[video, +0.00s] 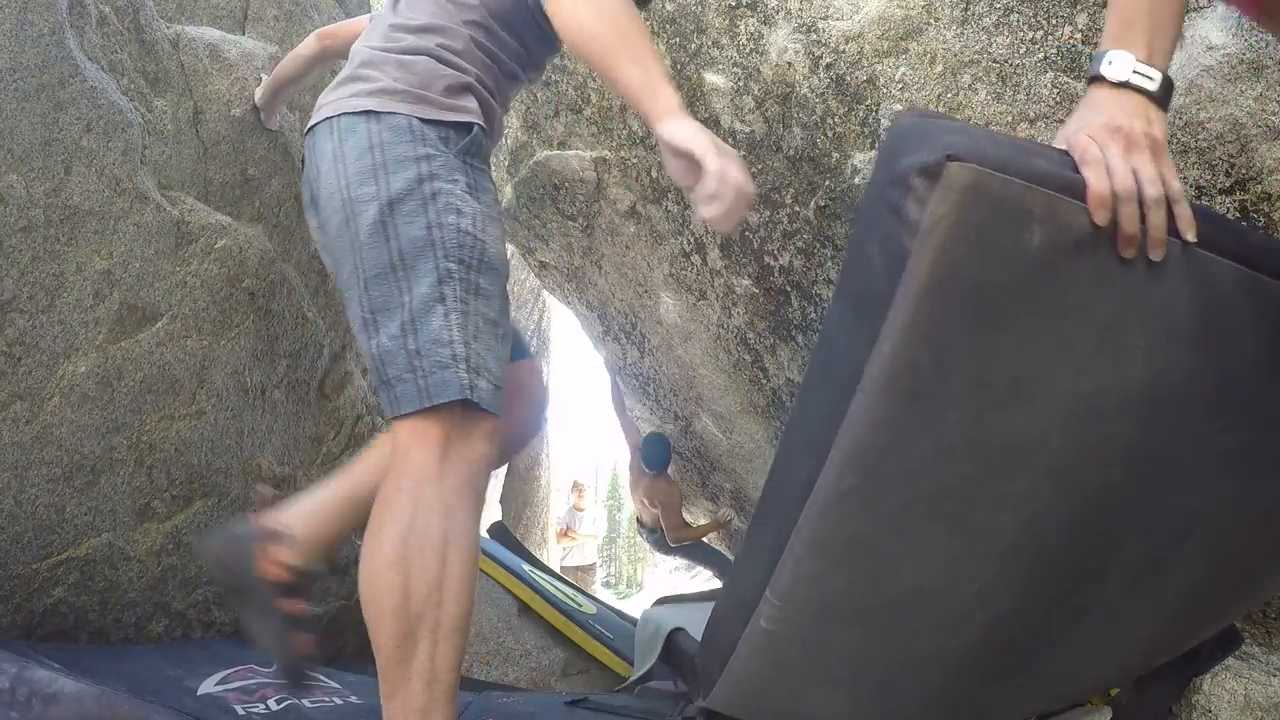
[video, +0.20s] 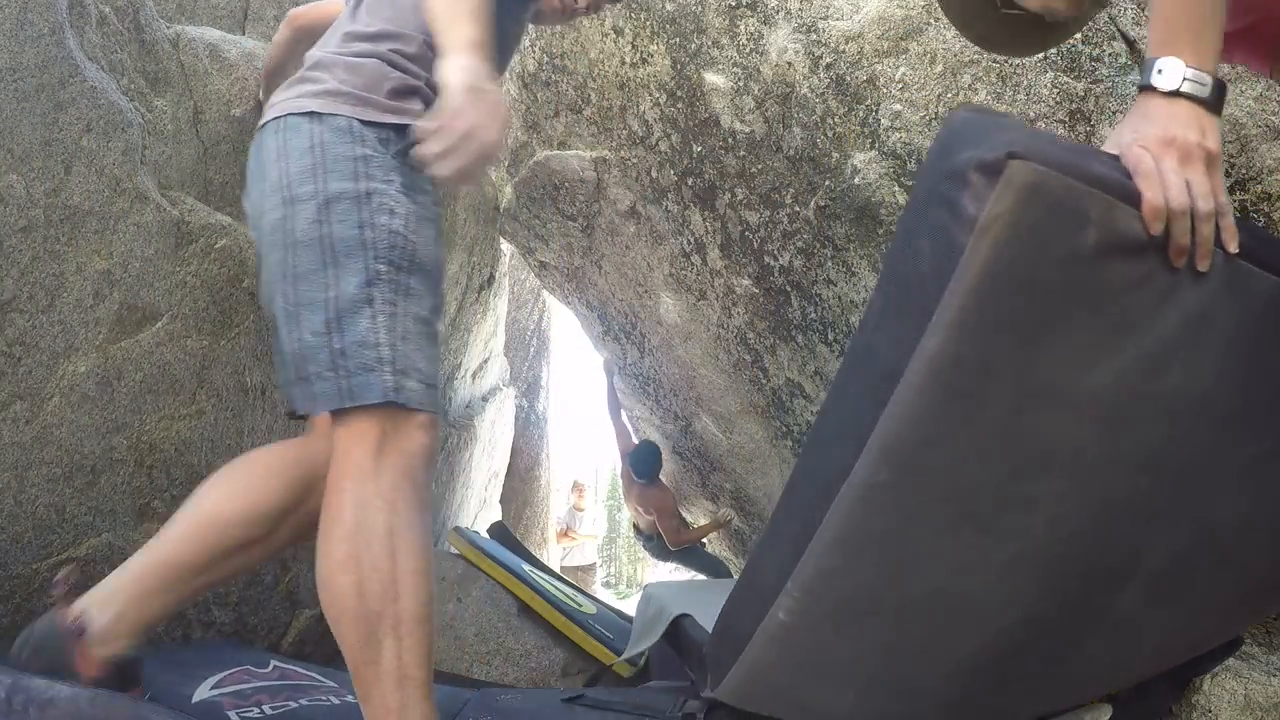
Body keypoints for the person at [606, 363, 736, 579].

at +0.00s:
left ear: (641, 453)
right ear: (668, 460)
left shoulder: (637, 454)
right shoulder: (668, 491)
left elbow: (621, 413)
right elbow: (675, 537)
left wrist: (612, 376)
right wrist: (715, 525)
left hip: (642, 527)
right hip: (662, 537)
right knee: (718, 560)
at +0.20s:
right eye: (659, 455)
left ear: (631, 462)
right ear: (659, 467)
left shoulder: (628, 460)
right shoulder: (660, 498)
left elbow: (615, 417)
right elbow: (676, 541)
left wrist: (609, 377)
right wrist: (714, 525)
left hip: (640, 531)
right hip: (661, 542)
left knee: (677, 521)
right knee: (718, 568)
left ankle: (695, 546)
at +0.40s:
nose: (663, 460)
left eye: (660, 456)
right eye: (661, 461)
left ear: (632, 461)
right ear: (657, 471)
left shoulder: (627, 462)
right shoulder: (659, 498)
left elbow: (617, 417)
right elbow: (677, 543)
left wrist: (609, 378)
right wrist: (714, 526)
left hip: (642, 531)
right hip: (662, 542)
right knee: (716, 567)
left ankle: (696, 547)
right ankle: (734, 603)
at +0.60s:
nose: (669, 468)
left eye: (670, 464)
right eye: (668, 465)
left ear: (641, 452)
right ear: (659, 467)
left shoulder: (628, 457)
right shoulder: (661, 495)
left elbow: (620, 415)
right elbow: (675, 539)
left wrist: (610, 377)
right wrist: (713, 526)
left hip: (642, 527)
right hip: (663, 536)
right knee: (721, 566)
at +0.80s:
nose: (671, 468)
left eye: (672, 463)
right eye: (669, 464)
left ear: (643, 453)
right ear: (656, 465)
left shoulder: (628, 453)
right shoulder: (661, 494)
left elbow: (619, 412)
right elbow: (674, 539)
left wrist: (609, 374)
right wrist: (714, 526)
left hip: (644, 526)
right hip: (667, 535)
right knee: (725, 565)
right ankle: (739, 600)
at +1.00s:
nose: (668, 463)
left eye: (669, 459)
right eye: (667, 459)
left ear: (643, 450)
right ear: (656, 461)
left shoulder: (626, 452)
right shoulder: (660, 490)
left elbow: (616, 412)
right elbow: (670, 537)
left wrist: (608, 374)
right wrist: (713, 527)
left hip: (644, 524)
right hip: (667, 532)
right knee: (726, 561)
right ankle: (739, 596)